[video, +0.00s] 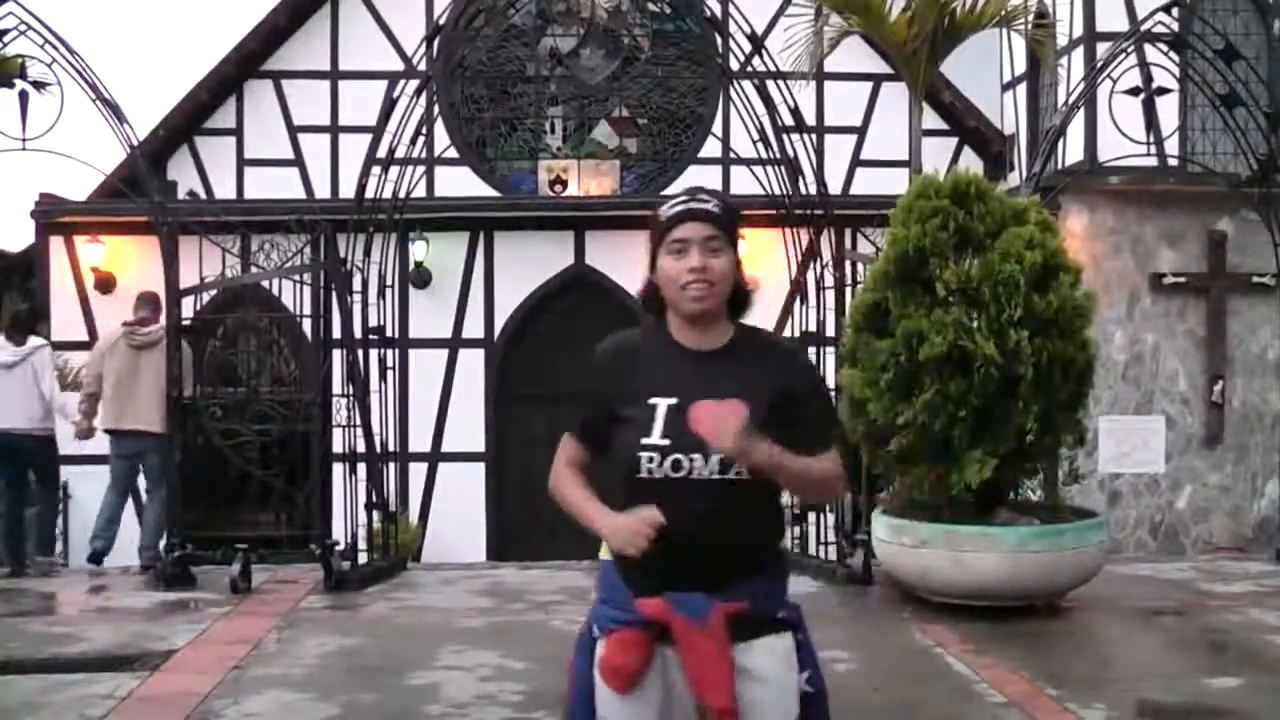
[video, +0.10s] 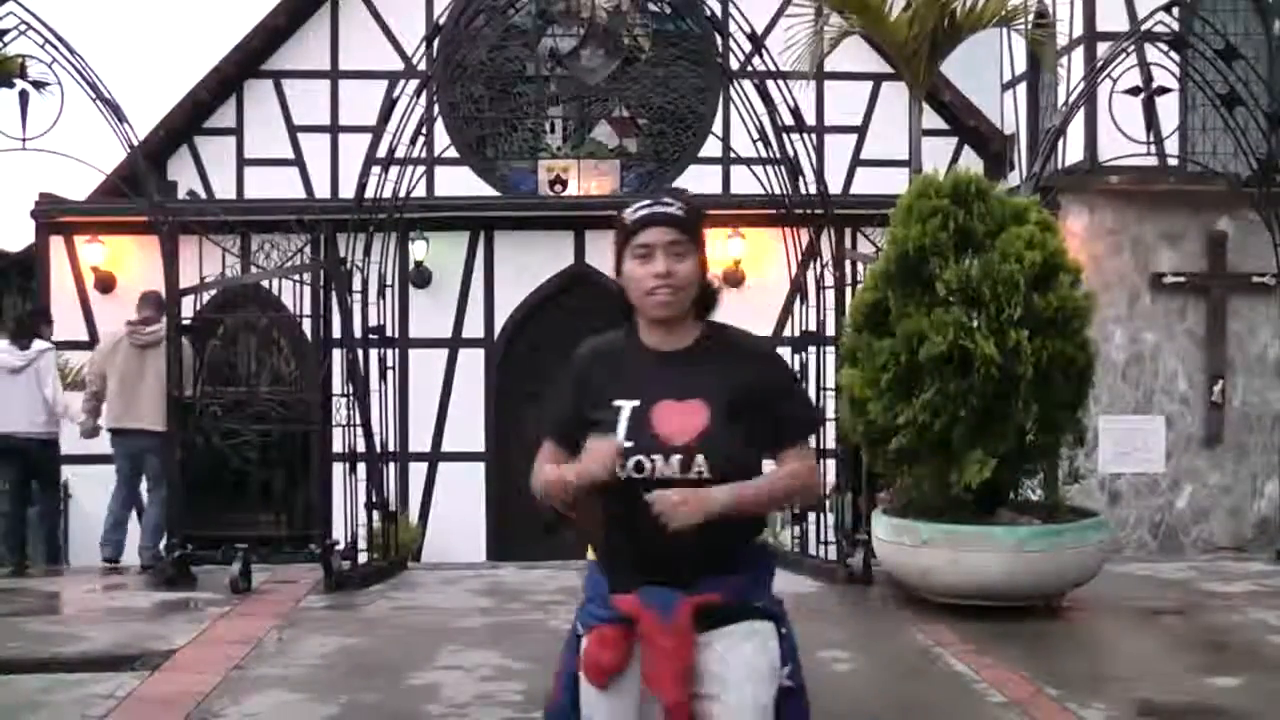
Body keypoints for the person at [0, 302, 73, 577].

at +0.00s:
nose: (38, 328)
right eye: (36, 324)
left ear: (9, 323)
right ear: (32, 325)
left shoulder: (2, 347)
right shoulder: (40, 349)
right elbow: (51, 393)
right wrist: (76, 417)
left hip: (6, 432)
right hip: (37, 434)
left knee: (12, 496)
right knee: (49, 491)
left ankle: (14, 561)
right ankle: (44, 553)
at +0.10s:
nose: (52, 330)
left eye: (51, 325)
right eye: (49, 326)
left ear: (19, 326)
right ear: (40, 327)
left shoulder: (4, 351)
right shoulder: (45, 351)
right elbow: (53, 395)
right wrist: (78, 416)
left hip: (9, 435)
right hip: (40, 435)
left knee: (16, 501)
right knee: (50, 497)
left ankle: (15, 559)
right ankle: (52, 558)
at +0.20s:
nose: (55, 333)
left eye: (54, 328)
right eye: (52, 329)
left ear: (19, 329)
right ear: (44, 330)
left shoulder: (6, 355)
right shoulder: (51, 357)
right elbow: (56, 397)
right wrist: (79, 417)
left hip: (10, 437)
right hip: (43, 438)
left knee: (16, 499)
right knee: (49, 499)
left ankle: (15, 559)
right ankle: (48, 559)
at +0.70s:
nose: (84, 356)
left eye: (85, 351)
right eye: (83, 351)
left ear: (58, 345)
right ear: (75, 348)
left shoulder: (34, 366)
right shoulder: (75, 370)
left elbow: (16, 408)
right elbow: (73, 414)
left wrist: (5, 435)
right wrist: (93, 440)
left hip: (38, 449)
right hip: (67, 451)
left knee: (52, 508)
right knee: (67, 510)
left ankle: (55, 562)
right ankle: (57, 563)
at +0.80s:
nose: (88, 359)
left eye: (88, 355)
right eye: (86, 355)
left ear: (60, 350)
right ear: (79, 353)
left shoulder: (37, 371)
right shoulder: (78, 374)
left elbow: (19, 411)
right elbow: (75, 416)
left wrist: (9, 437)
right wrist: (95, 442)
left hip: (40, 453)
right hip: (69, 455)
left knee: (53, 511)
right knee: (70, 513)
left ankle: (56, 566)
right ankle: (58, 565)